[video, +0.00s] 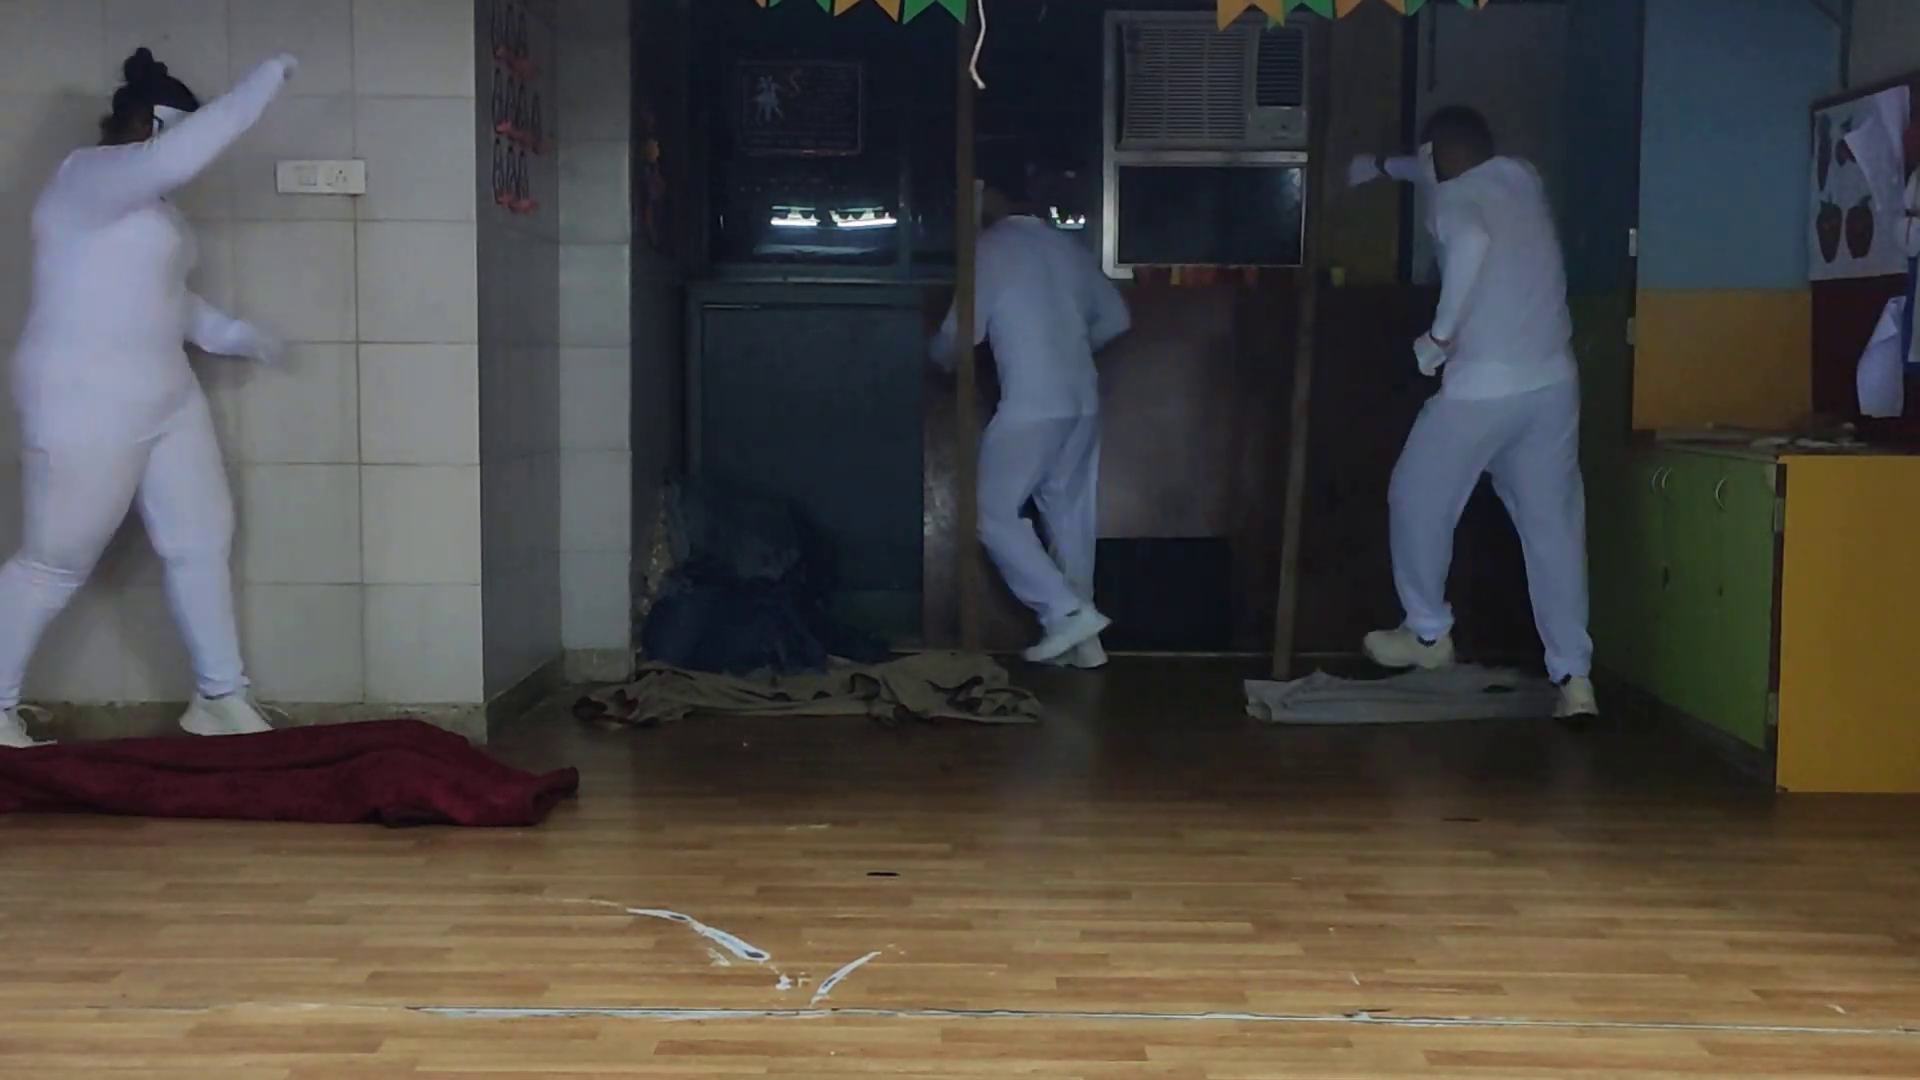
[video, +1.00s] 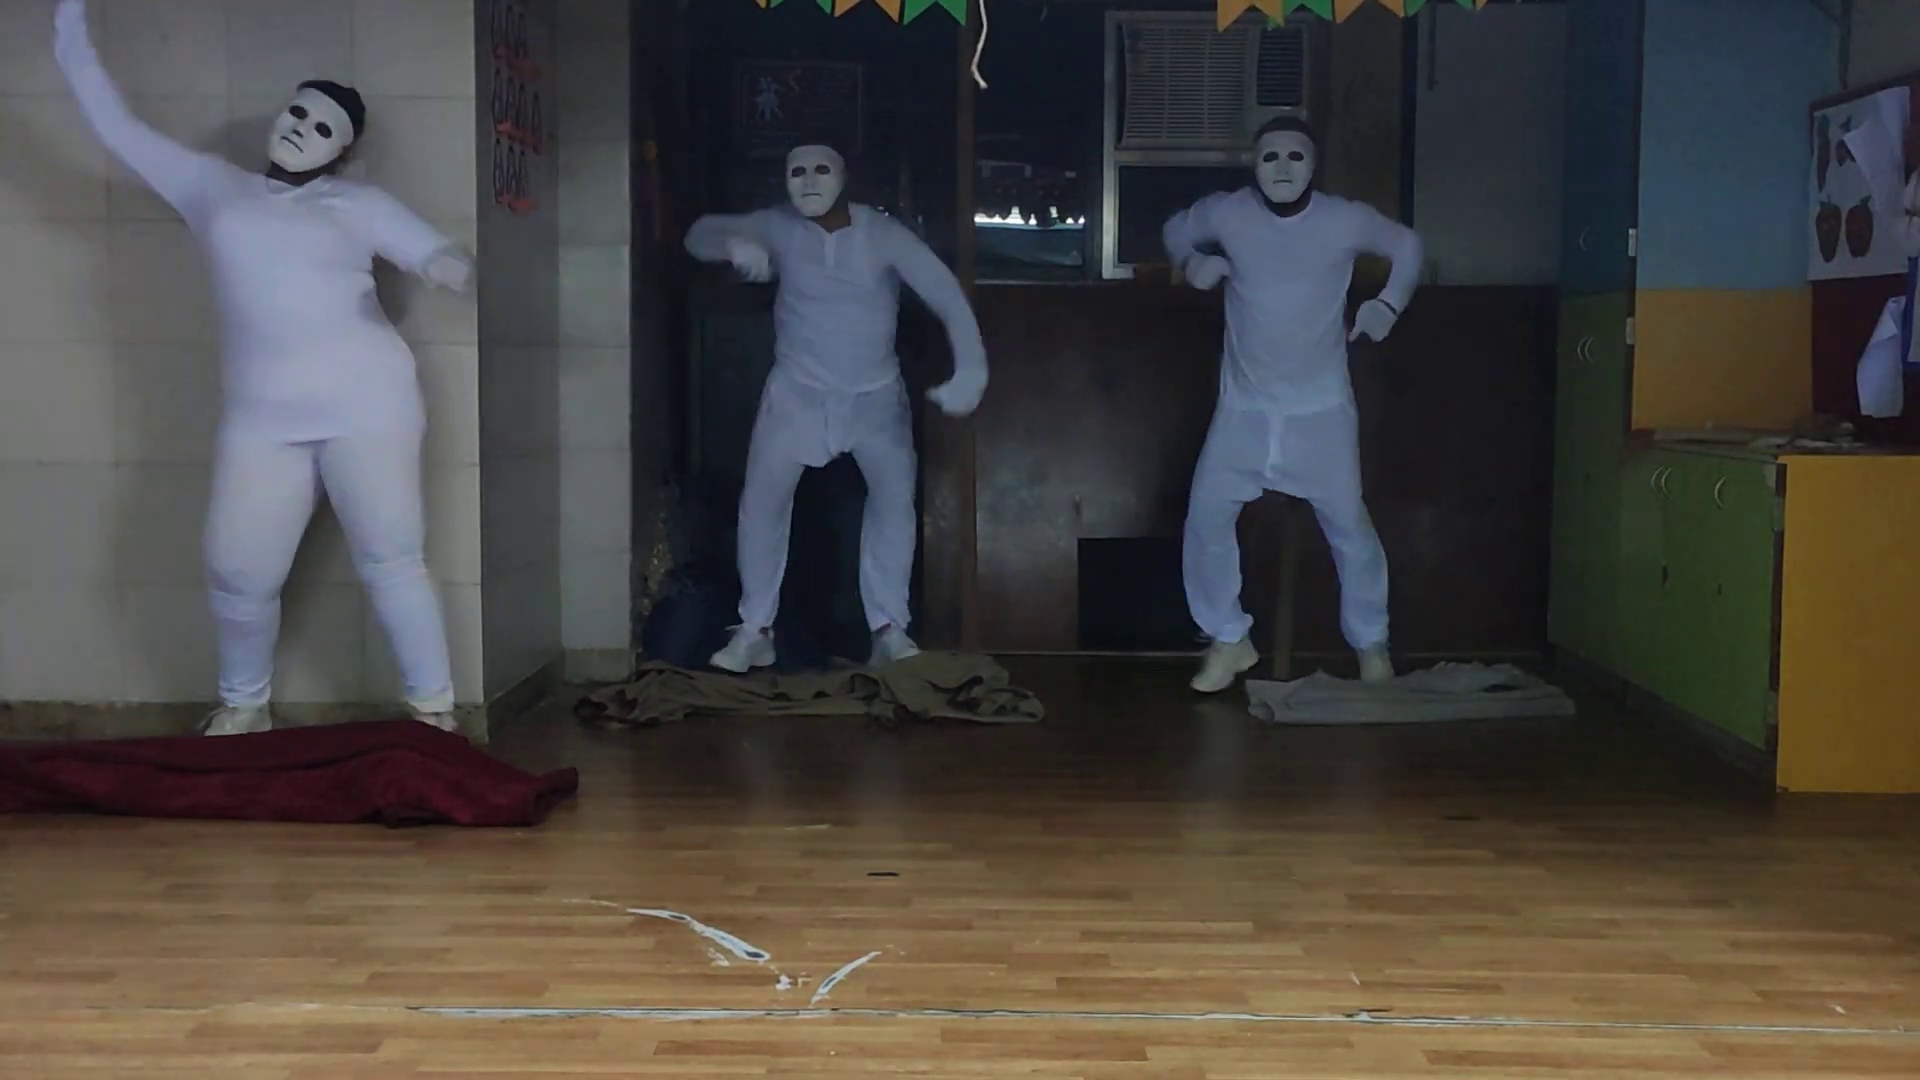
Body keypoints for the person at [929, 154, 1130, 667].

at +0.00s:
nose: (970, 209)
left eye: (973, 199)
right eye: (972, 200)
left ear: (989, 200)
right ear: (1025, 201)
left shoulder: (990, 248)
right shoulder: (1069, 247)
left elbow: (961, 331)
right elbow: (1115, 317)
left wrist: (937, 351)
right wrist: (1068, 346)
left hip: (1031, 402)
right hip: (1083, 402)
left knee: (996, 515)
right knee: (1069, 514)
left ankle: (1065, 615)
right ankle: (1080, 637)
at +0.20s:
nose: (901, 226)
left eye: (905, 214)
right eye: (898, 215)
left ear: (933, 208)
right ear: (945, 206)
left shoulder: (945, 257)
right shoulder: (998, 245)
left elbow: (918, 332)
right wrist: (923, 270)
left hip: (989, 412)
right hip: (1035, 407)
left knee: (933, 516)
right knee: (1048, 522)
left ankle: (937, 633)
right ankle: (1077, 638)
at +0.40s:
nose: (853, 212)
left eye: (862, 200)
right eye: (853, 201)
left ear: (893, 196)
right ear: (889, 197)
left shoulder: (912, 228)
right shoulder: (902, 239)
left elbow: (843, 239)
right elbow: (864, 261)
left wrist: (772, 265)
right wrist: (854, 269)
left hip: (953, 401)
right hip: (921, 398)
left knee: (923, 516)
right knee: (878, 477)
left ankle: (938, 635)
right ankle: (972, 551)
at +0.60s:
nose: (837, 168)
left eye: (851, 157)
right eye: (830, 158)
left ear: (874, 166)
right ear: (821, 168)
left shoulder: (899, 231)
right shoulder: (852, 236)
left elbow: (897, 329)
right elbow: (860, 327)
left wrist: (841, 392)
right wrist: (825, 379)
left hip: (914, 386)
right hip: (860, 384)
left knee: (918, 504)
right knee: (810, 485)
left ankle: (919, 625)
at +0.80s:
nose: (823, 197)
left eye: (835, 188)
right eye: (813, 188)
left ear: (856, 197)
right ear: (800, 198)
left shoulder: (882, 254)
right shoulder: (782, 255)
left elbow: (922, 302)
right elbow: (708, 261)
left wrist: (925, 232)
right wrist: (699, 195)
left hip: (881, 426)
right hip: (809, 421)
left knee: (882, 542)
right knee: (776, 533)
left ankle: (893, 617)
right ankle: (780, 651)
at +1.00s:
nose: (809, 182)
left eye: (822, 171)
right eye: (798, 173)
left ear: (843, 177)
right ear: (786, 181)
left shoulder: (883, 235)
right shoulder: (776, 228)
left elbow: (949, 296)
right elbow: (699, 235)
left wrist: (971, 371)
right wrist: (733, 244)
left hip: (875, 399)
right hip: (794, 396)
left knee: (895, 502)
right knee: (762, 503)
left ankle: (889, 632)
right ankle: (756, 631)